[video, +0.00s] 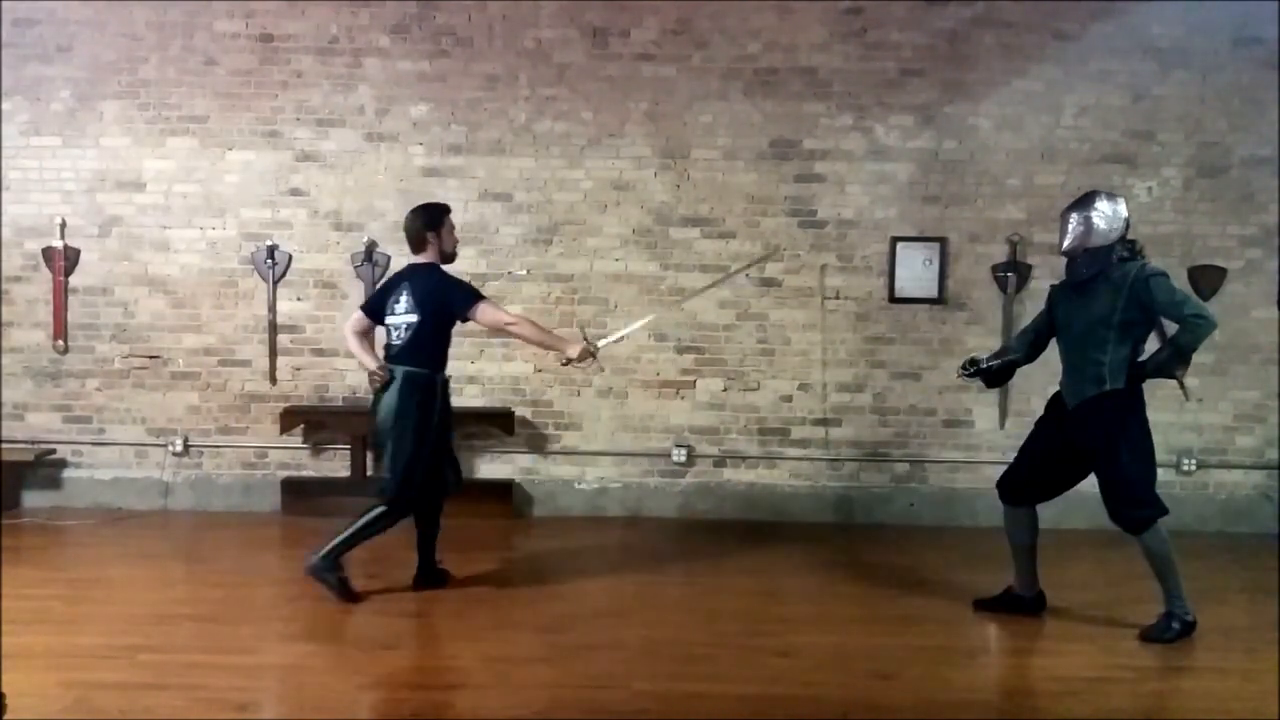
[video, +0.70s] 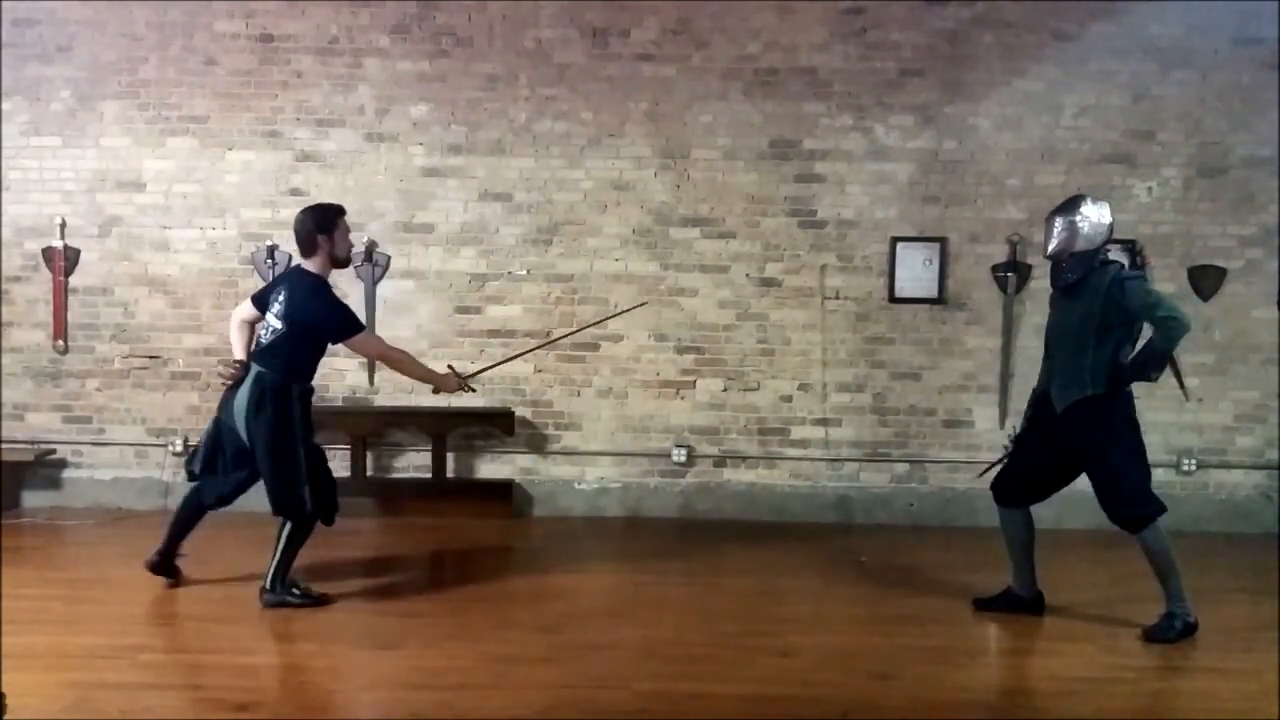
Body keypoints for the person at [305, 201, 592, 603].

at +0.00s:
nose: (457, 237)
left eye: (454, 229)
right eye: (451, 230)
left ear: (419, 240)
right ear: (434, 237)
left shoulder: (395, 284)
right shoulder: (443, 284)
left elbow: (354, 329)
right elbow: (507, 322)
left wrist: (374, 366)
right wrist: (564, 345)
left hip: (399, 395)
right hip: (418, 396)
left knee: (435, 482)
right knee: (407, 495)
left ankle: (427, 568)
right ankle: (327, 559)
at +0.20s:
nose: (424, 238)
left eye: (421, 230)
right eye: (418, 231)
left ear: (385, 240)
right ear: (398, 238)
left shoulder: (356, 280)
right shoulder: (402, 288)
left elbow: (306, 318)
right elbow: (469, 330)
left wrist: (323, 362)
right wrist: (529, 355)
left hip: (353, 396)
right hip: (364, 399)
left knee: (399, 481)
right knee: (351, 496)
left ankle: (419, 567)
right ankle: (283, 577)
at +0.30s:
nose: (408, 237)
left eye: (405, 229)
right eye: (402, 230)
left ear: (368, 238)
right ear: (382, 237)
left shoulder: (338, 276)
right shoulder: (385, 291)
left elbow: (281, 314)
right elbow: (449, 336)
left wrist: (296, 356)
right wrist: (508, 360)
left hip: (320, 392)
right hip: (337, 398)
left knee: (368, 477)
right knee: (334, 495)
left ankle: (393, 559)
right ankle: (280, 581)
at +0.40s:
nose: (391, 238)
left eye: (389, 229)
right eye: (386, 230)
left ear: (352, 239)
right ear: (365, 238)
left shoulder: (320, 275)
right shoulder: (365, 292)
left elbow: (266, 312)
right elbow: (431, 341)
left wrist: (275, 356)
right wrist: (482, 364)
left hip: (290, 387)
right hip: (315, 395)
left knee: (346, 470)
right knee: (327, 491)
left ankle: (335, 562)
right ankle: (279, 582)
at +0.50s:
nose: (376, 236)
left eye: (374, 228)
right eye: (371, 230)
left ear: (336, 238)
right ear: (350, 237)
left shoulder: (305, 274)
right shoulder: (350, 294)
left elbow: (256, 314)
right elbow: (411, 344)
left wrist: (262, 358)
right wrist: (465, 370)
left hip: (270, 389)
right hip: (299, 398)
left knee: (291, 483)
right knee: (319, 496)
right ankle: (277, 584)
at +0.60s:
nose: (363, 237)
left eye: (360, 229)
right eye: (357, 230)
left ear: (323, 239)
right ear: (335, 238)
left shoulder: (293, 278)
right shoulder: (338, 298)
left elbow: (248, 314)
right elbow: (397, 348)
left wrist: (250, 359)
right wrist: (451, 375)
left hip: (255, 392)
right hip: (287, 400)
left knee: (253, 480)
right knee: (314, 495)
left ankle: (205, 558)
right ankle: (277, 583)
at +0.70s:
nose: (352, 238)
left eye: (349, 230)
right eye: (345, 231)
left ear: (313, 241)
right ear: (323, 241)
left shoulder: (285, 280)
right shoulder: (322, 299)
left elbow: (241, 317)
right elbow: (380, 351)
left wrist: (241, 361)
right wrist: (436, 378)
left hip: (245, 394)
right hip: (276, 404)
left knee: (219, 480)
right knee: (312, 492)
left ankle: (164, 552)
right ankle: (277, 583)